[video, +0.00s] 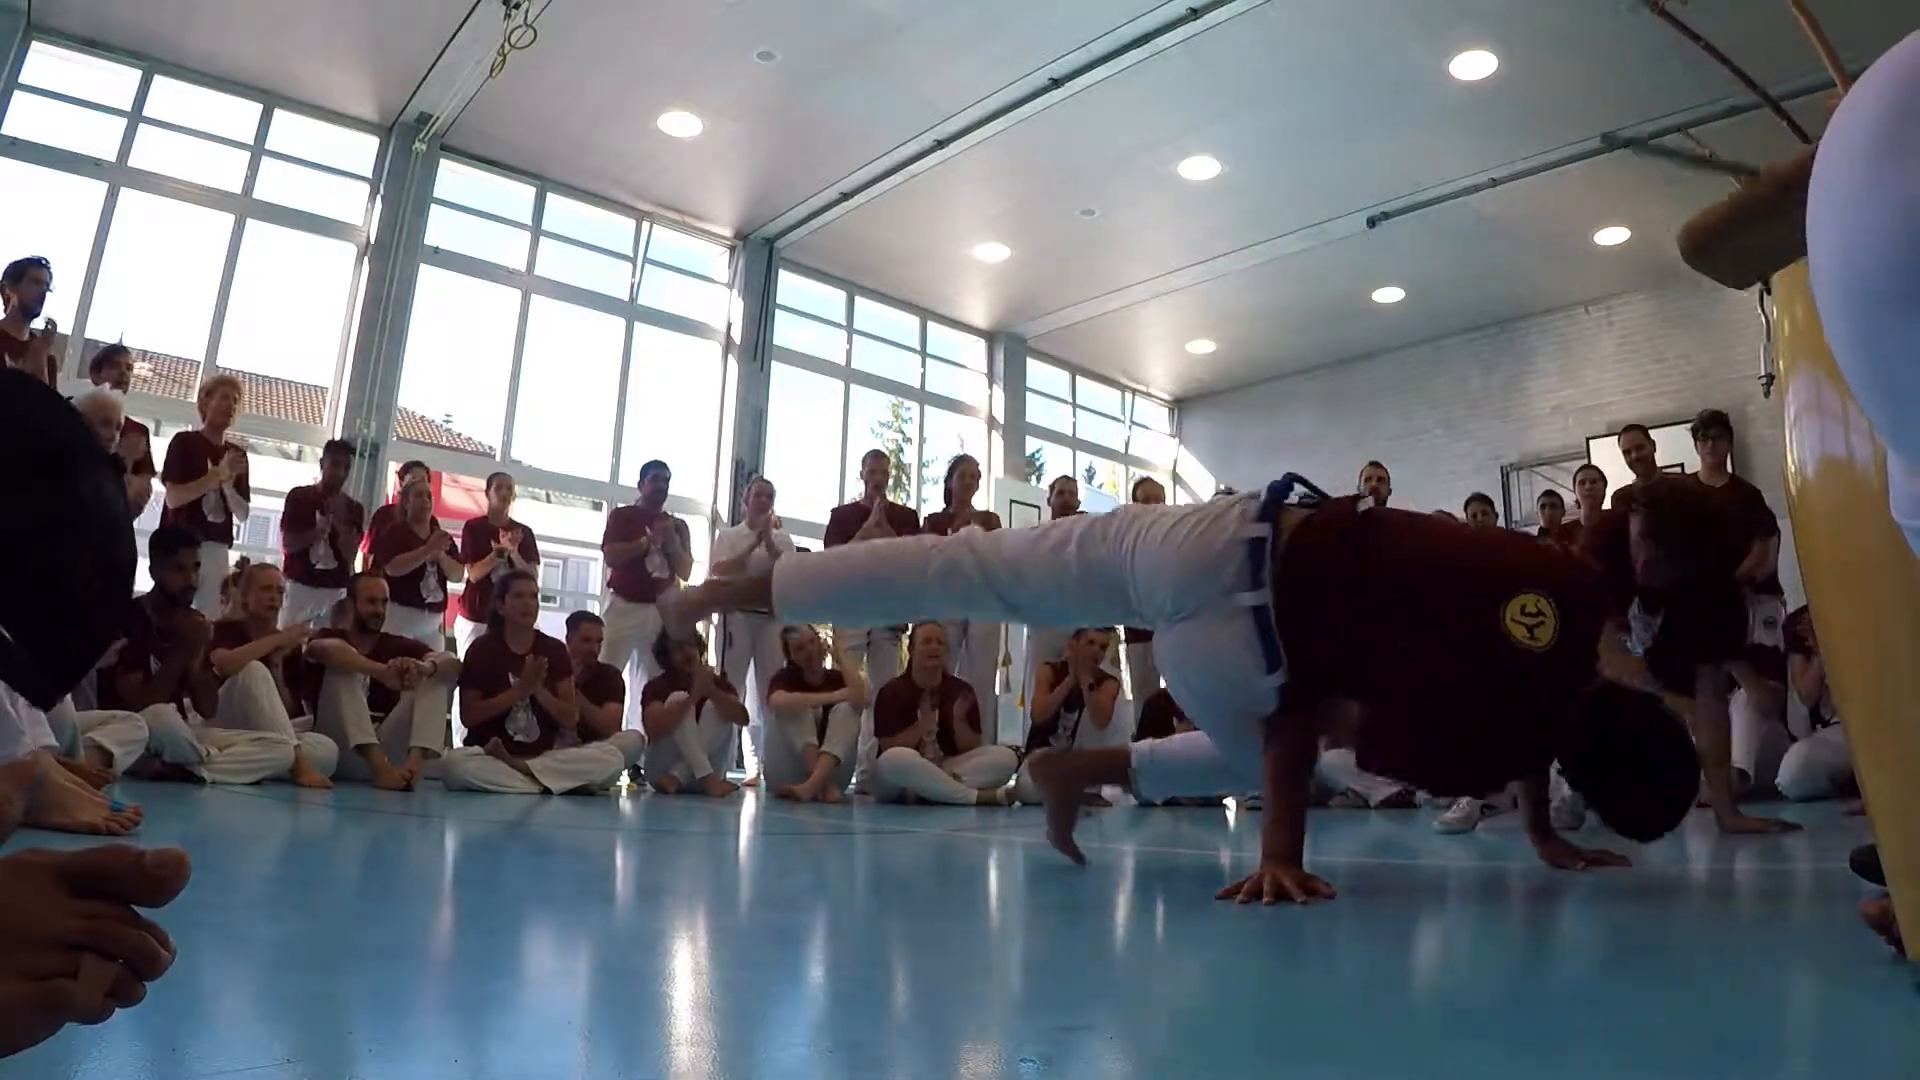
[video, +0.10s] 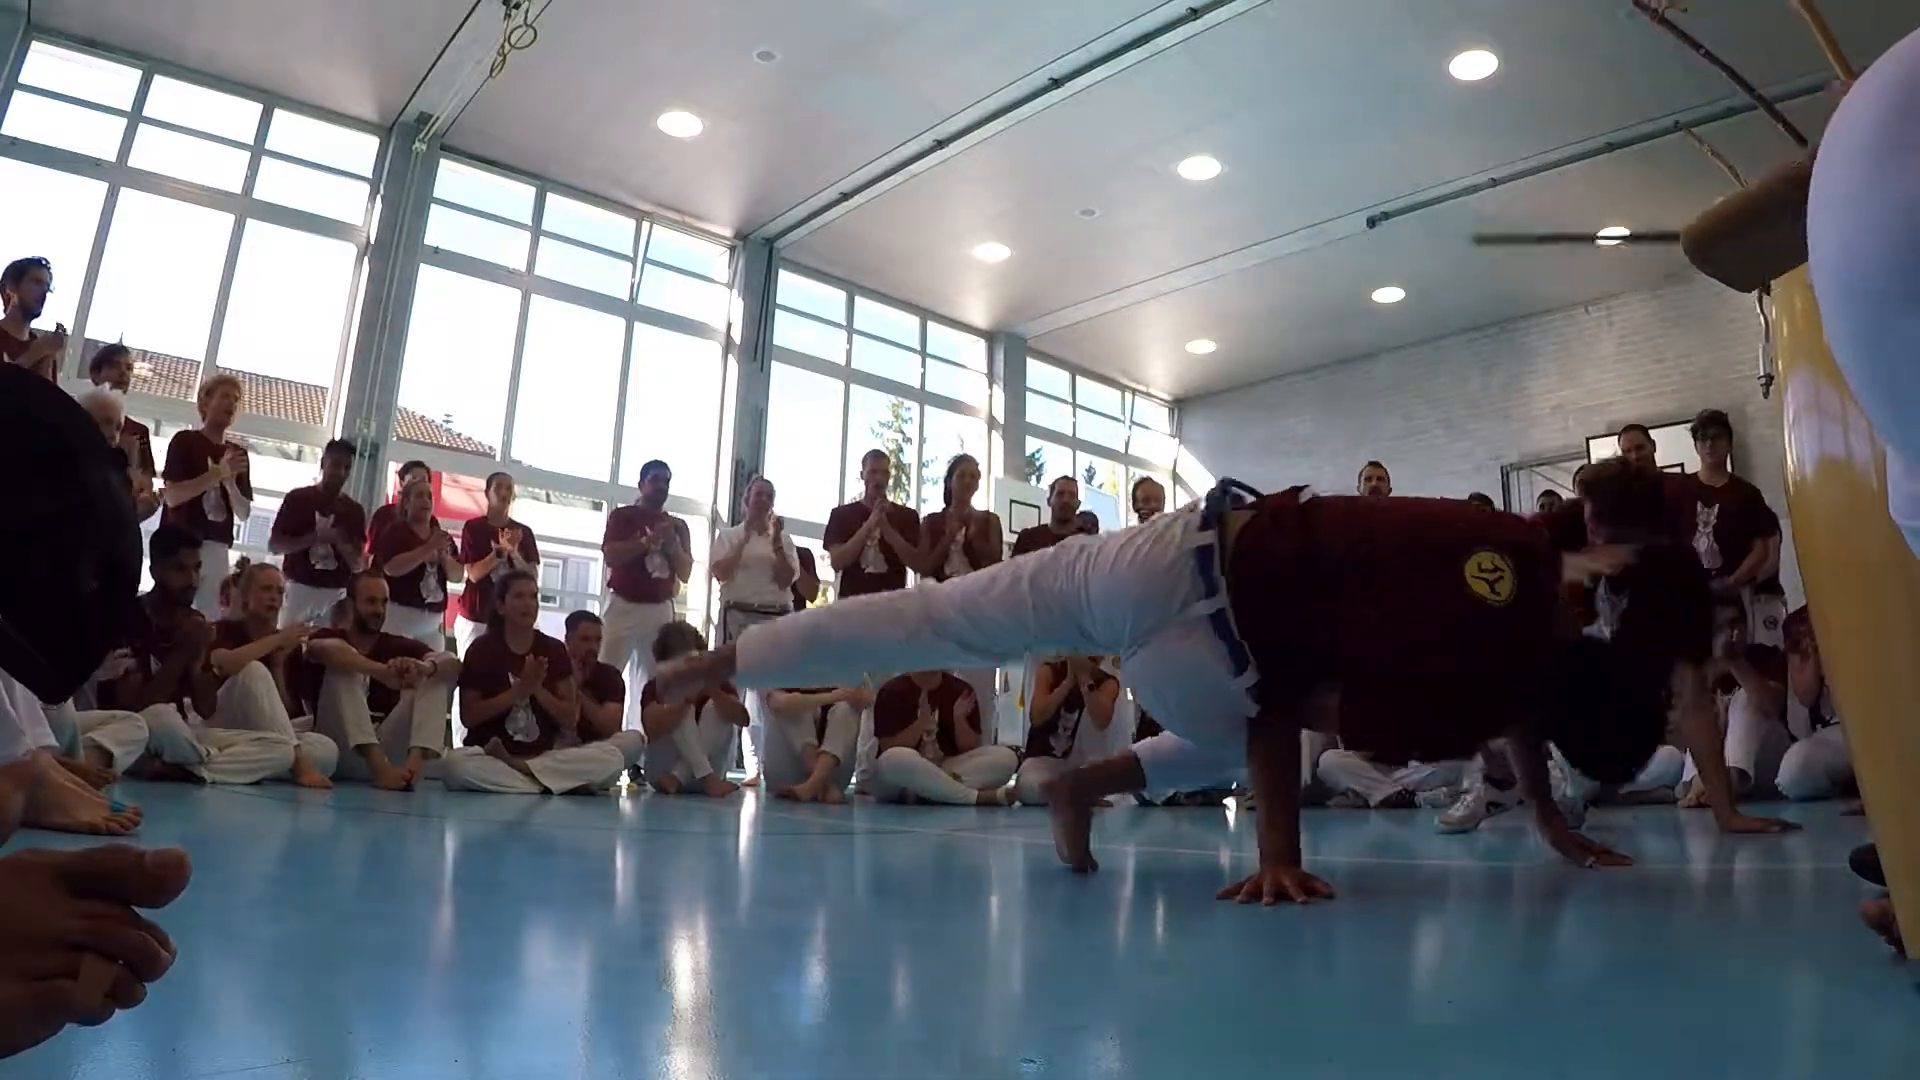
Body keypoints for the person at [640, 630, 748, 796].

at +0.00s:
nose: (687, 653)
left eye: (690, 645)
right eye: (678, 649)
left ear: (700, 649)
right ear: (665, 657)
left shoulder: (717, 683)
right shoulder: (655, 687)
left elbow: (742, 718)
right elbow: (654, 730)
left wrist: (710, 690)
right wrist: (694, 695)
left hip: (708, 771)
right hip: (665, 771)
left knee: (719, 705)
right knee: (678, 699)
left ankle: (677, 776)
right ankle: (708, 777)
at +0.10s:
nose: (688, 667)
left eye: (694, 658)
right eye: (680, 662)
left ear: (703, 655)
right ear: (664, 662)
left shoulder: (717, 683)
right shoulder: (655, 687)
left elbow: (743, 720)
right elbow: (652, 728)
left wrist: (712, 689)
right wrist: (688, 698)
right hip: (664, 772)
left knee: (720, 704)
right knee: (676, 704)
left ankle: (677, 776)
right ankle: (708, 776)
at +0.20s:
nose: (686, 652)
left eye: (689, 645)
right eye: (677, 649)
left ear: (698, 647)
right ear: (666, 656)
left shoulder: (715, 680)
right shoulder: (655, 687)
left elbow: (740, 716)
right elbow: (654, 731)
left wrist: (721, 695)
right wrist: (685, 696)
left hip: (711, 767)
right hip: (667, 768)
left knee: (714, 708)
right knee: (676, 700)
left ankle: (679, 777)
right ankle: (708, 777)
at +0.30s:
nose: (686, 652)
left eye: (689, 645)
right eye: (677, 648)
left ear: (699, 648)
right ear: (666, 655)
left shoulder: (714, 679)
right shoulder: (655, 686)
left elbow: (743, 720)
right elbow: (652, 730)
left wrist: (717, 693)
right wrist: (685, 696)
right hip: (664, 766)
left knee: (717, 706)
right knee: (678, 700)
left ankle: (679, 775)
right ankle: (704, 774)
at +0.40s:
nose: (686, 652)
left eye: (689, 645)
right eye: (677, 649)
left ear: (699, 647)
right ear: (665, 656)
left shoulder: (715, 679)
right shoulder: (655, 686)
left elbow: (743, 720)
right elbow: (653, 730)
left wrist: (717, 692)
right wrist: (685, 695)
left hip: (709, 771)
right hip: (664, 771)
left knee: (718, 705)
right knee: (678, 700)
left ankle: (677, 776)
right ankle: (708, 776)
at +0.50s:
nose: (686, 652)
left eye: (689, 645)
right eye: (677, 648)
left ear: (698, 647)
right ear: (666, 656)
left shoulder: (716, 680)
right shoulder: (655, 686)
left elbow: (742, 719)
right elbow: (652, 729)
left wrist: (712, 688)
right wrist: (688, 701)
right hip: (664, 771)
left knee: (719, 704)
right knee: (678, 699)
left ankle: (678, 776)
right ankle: (708, 776)